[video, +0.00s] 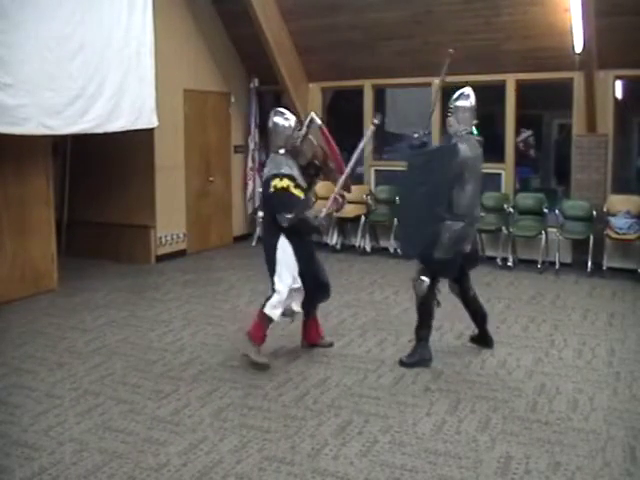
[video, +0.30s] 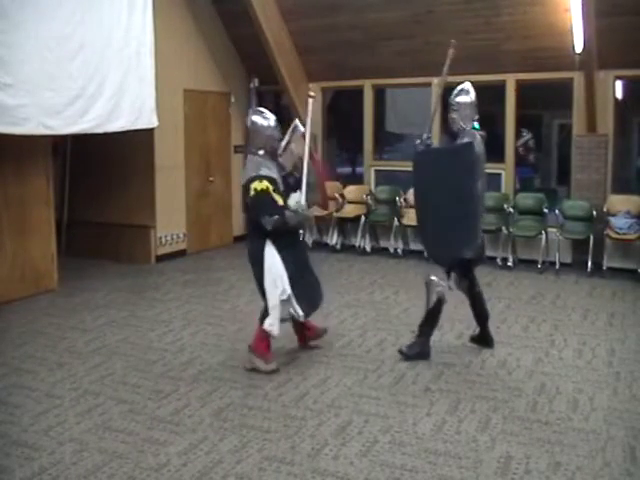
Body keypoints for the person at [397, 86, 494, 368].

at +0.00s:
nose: (449, 118)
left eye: (454, 114)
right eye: (451, 113)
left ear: (464, 118)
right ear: (467, 119)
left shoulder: (460, 149)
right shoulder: (472, 146)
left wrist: (418, 153)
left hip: (449, 224)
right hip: (464, 222)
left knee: (424, 281)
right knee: (460, 282)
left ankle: (422, 347)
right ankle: (483, 332)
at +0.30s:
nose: (454, 115)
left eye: (459, 110)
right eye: (453, 109)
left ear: (468, 112)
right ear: (454, 112)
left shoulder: (466, 143)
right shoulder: (469, 140)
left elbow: (450, 181)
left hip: (455, 220)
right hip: (465, 218)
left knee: (437, 277)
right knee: (467, 276)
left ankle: (422, 341)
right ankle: (484, 332)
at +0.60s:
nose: (432, 115)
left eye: (438, 110)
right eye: (431, 110)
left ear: (451, 114)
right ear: (429, 112)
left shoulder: (456, 146)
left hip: (440, 224)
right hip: (455, 223)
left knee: (423, 280)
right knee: (467, 279)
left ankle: (422, 342)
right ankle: (485, 333)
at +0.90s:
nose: (407, 110)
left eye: (413, 104)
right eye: (407, 104)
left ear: (423, 107)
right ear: (406, 107)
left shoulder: (432, 143)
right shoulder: (412, 140)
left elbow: (440, 191)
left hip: (429, 220)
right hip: (415, 219)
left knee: (414, 276)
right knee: (418, 272)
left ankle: (421, 340)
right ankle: (444, 318)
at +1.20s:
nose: (381, 112)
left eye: (385, 107)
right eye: (382, 107)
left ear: (392, 110)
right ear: (391, 110)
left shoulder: (405, 142)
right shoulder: (392, 140)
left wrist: (363, 167)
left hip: (409, 227)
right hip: (395, 225)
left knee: (407, 285)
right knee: (373, 279)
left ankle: (422, 343)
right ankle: (359, 336)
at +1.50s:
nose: (358, 110)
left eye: (360, 105)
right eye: (356, 105)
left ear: (355, 108)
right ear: (356, 108)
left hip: (359, 219)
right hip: (351, 217)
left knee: (351, 283)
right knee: (349, 281)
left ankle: (386, 328)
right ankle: (349, 343)